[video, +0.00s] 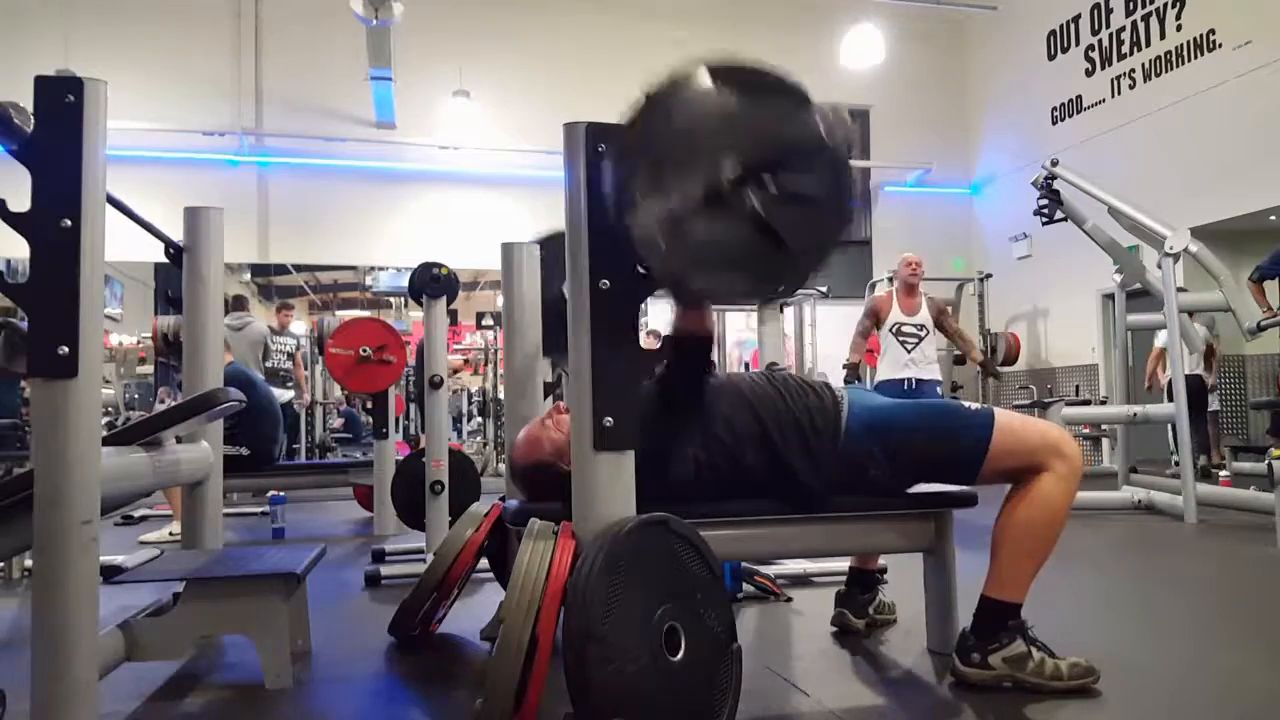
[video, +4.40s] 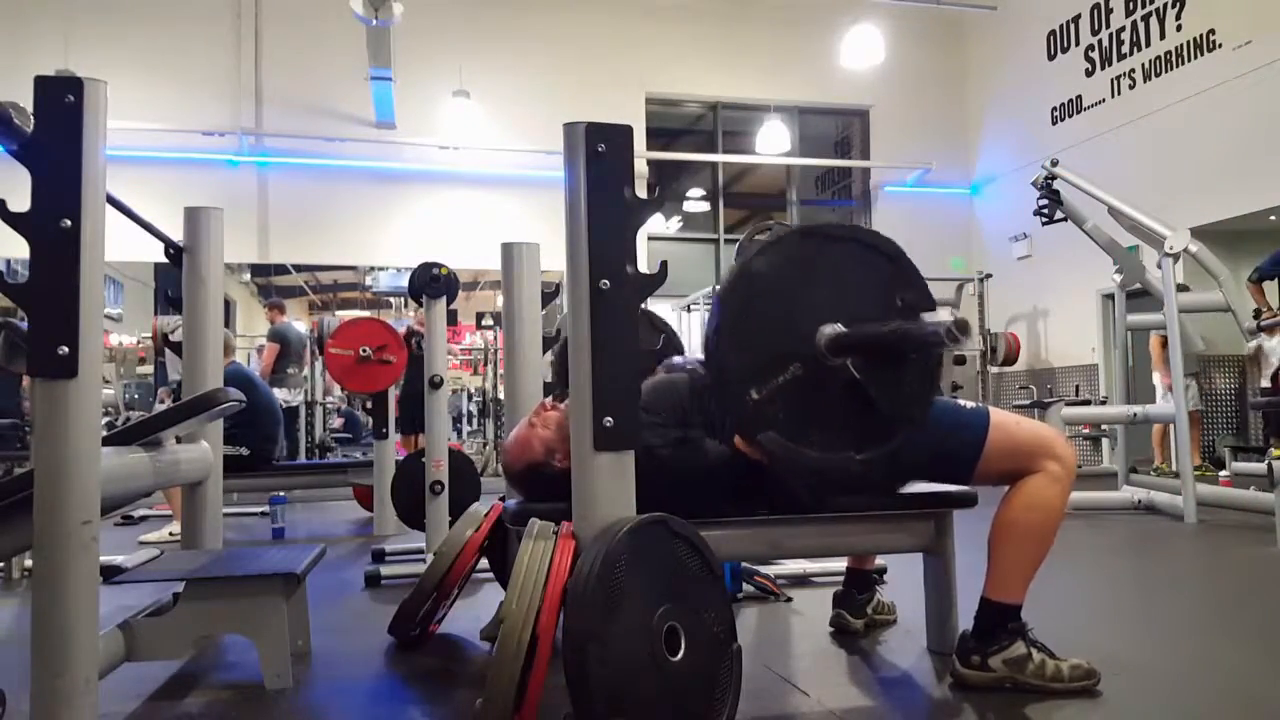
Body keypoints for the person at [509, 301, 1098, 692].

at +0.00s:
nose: (559, 407)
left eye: (548, 411)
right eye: (552, 419)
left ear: (563, 455)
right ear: (570, 450)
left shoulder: (617, 440)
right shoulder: (638, 453)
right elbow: (691, 344)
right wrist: (699, 248)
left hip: (818, 424)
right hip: (847, 430)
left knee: (904, 430)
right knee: (1058, 452)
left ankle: (861, 591)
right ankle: (994, 639)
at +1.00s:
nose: (553, 410)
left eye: (544, 413)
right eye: (544, 425)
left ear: (561, 421)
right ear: (555, 461)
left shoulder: (607, 436)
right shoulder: (617, 460)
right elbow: (714, 408)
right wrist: (731, 306)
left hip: (814, 430)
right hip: (837, 435)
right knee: (1055, 456)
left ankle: (860, 595)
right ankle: (993, 640)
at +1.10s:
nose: (550, 413)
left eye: (541, 416)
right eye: (543, 426)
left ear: (555, 424)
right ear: (553, 457)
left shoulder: (613, 425)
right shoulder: (608, 449)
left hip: (802, 424)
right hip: (826, 437)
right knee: (1057, 454)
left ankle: (858, 594)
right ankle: (992, 640)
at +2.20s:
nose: (546, 412)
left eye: (538, 417)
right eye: (540, 428)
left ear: (557, 422)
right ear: (557, 461)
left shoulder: (608, 425)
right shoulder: (607, 451)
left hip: (806, 426)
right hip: (835, 434)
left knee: (921, 435)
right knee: (1053, 456)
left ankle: (858, 596)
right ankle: (992, 640)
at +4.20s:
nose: (544, 409)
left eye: (533, 416)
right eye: (537, 428)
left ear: (553, 437)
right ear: (556, 458)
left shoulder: (612, 427)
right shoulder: (627, 444)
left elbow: (667, 388)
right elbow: (761, 468)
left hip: (797, 441)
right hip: (827, 452)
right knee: (1053, 455)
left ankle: (856, 596)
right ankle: (993, 640)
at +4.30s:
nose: (545, 408)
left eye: (534, 415)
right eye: (538, 426)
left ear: (554, 437)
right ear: (556, 458)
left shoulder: (615, 426)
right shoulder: (629, 445)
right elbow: (762, 464)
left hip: (805, 432)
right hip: (837, 437)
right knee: (1053, 455)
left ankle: (856, 595)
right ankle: (993, 639)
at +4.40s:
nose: (542, 407)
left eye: (531, 416)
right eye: (536, 424)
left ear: (550, 436)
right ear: (553, 453)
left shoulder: (612, 420)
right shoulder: (621, 450)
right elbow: (746, 451)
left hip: (799, 424)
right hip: (832, 433)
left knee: (890, 446)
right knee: (1052, 455)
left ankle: (855, 597)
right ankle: (993, 640)